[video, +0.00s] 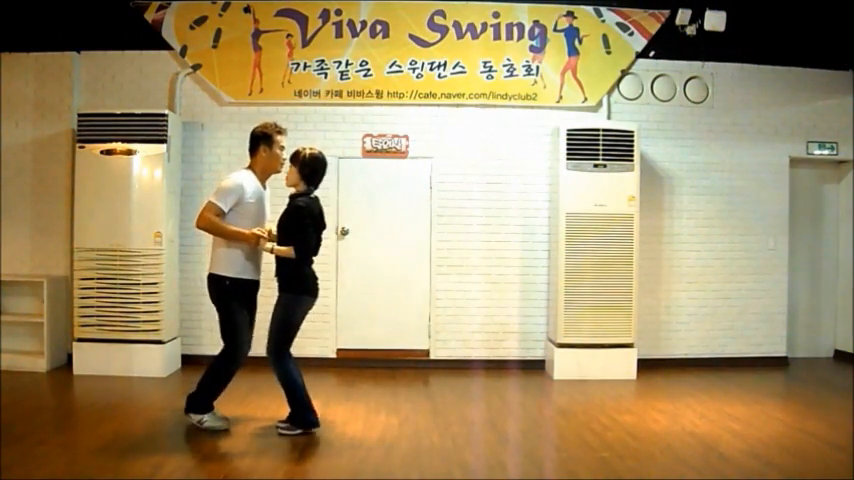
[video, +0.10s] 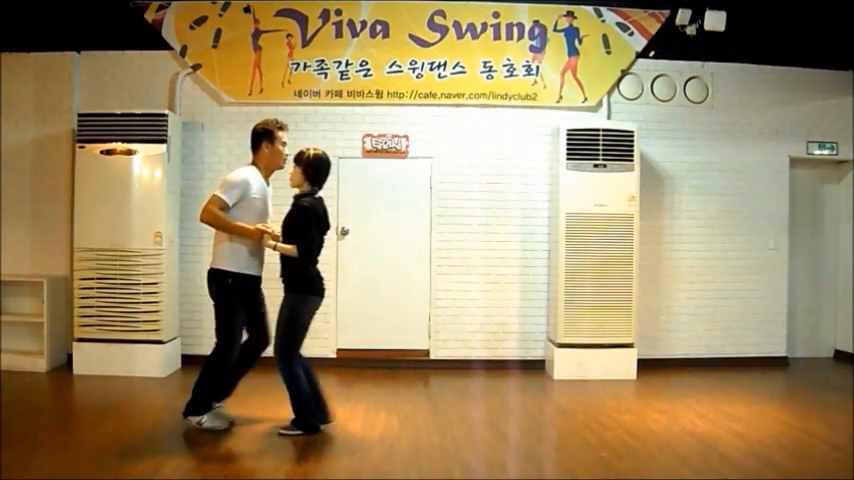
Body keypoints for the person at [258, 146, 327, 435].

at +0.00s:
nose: (285, 169)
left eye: (290, 166)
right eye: (288, 165)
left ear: (301, 173)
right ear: (306, 173)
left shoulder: (300, 206)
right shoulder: (309, 202)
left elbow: (302, 251)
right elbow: (306, 245)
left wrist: (269, 247)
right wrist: (275, 237)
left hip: (296, 288)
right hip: (301, 286)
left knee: (277, 350)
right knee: (279, 349)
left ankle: (303, 417)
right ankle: (302, 412)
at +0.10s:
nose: (289, 171)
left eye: (294, 167)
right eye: (292, 166)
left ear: (305, 174)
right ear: (310, 174)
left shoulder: (305, 207)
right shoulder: (312, 203)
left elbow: (305, 251)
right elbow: (304, 246)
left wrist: (274, 244)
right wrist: (277, 237)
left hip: (301, 290)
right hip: (307, 289)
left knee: (285, 352)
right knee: (290, 351)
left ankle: (307, 419)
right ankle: (317, 412)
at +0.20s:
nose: (301, 173)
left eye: (306, 169)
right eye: (303, 168)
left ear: (317, 176)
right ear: (323, 177)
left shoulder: (315, 208)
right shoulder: (325, 204)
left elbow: (314, 253)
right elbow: (338, 231)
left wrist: (285, 245)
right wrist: (292, 237)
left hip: (312, 293)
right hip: (321, 291)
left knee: (292, 352)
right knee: (306, 352)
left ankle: (307, 421)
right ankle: (357, 398)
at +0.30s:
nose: (317, 177)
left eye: (322, 173)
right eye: (320, 172)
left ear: (332, 179)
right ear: (337, 179)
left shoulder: (333, 212)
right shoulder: (341, 208)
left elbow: (330, 258)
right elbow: (351, 235)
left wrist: (299, 249)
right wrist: (310, 244)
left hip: (330, 296)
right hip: (340, 294)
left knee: (300, 353)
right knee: (341, 357)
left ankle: (307, 421)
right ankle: (397, 391)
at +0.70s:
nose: (402, 182)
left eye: (406, 177)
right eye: (403, 176)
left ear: (419, 181)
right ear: (417, 179)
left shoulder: (424, 212)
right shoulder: (422, 209)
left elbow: (407, 253)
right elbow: (392, 238)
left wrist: (371, 242)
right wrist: (361, 233)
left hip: (429, 295)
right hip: (430, 293)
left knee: (407, 354)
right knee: (416, 355)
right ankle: (440, 414)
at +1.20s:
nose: (428, 184)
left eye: (432, 179)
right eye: (429, 179)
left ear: (446, 182)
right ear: (444, 183)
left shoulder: (460, 212)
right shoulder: (443, 214)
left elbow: (462, 253)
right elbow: (412, 240)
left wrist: (437, 234)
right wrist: (368, 241)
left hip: (471, 296)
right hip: (458, 295)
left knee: (439, 358)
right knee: (432, 354)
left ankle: (462, 427)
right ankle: (448, 414)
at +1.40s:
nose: (431, 177)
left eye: (435, 171)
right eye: (432, 172)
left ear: (449, 174)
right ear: (447, 174)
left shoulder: (468, 207)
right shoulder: (445, 209)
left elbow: (474, 248)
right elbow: (414, 234)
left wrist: (452, 228)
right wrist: (372, 239)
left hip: (466, 290)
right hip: (451, 289)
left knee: (452, 356)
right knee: (446, 351)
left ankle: (464, 429)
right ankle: (447, 407)